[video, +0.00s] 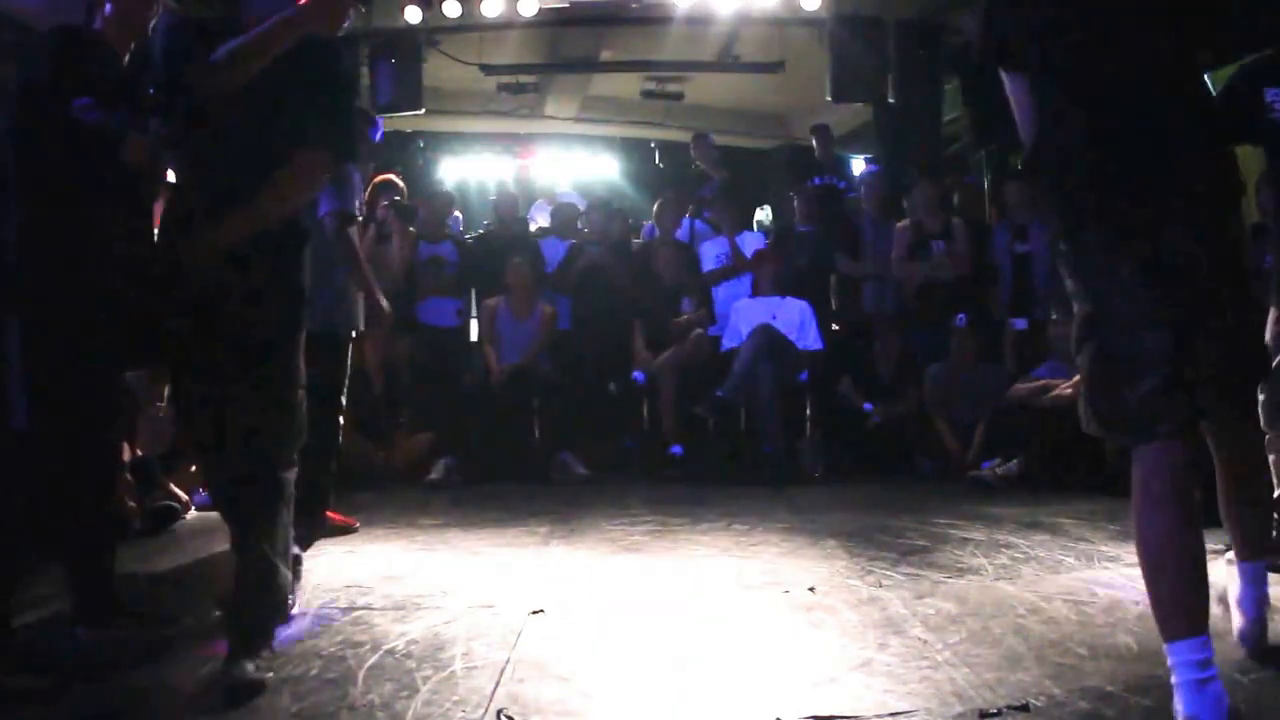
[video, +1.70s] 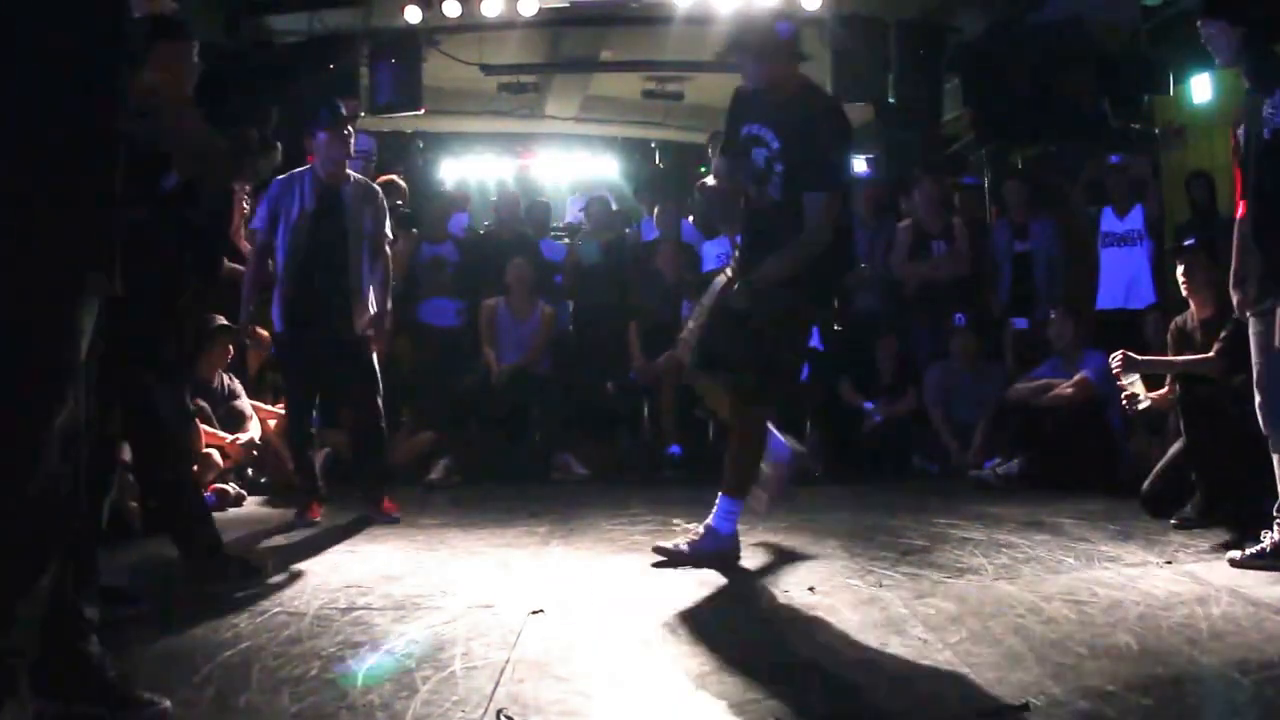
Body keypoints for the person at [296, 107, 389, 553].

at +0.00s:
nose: (373, 141)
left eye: (372, 133)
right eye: (369, 133)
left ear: (346, 135)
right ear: (353, 134)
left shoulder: (336, 172)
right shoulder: (340, 172)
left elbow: (342, 234)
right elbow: (341, 232)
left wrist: (371, 203)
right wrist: (374, 291)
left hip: (328, 304)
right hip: (328, 305)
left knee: (326, 408)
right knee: (327, 409)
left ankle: (318, 501)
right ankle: (315, 504)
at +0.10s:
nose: (384, 154)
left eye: (385, 146)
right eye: (380, 145)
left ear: (362, 143)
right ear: (362, 141)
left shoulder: (330, 175)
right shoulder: (345, 174)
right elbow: (353, 234)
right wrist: (395, 286)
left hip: (325, 307)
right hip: (336, 310)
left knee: (328, 409)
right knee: (329, 411)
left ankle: (324, 497)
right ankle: (316, 504)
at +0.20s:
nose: (386, 157)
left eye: (386, 148)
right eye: (383, 148)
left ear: (346, 145)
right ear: (367, 144)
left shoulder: (316, 175)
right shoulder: (355, 176)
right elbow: (358, 236)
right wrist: (406, 290)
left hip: (319, 309)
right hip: (345, 313)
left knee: (332, 415)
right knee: (333, 418)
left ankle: (318, 503)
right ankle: (311, 509)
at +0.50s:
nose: (415, 166)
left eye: (417, 157)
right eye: (411, 156)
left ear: (383, 151)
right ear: (388, 150)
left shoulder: (359, 186)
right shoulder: (372, 185)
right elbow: (368, 232)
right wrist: (376, 284)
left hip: (358, 315)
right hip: (366, 316)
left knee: (372, 406)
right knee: (373, 406)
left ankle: (379, 483)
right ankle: (346, 484)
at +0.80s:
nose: (421, 161)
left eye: (423, 153)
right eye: (417, 151)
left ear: (405, 152)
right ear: (394, 148)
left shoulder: (390, 194)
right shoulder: (370, 184)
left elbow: (393, 261)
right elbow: (356, 238)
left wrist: (427, 302)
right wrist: (372, 289)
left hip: (380, 318)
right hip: (359, 315)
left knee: (380, 406)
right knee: (367, 406)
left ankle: (378, 488)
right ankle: (358, 494)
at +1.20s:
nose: (411, 154)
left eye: (411, 146)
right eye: (402, 146)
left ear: (402, 152)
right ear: (378, 151)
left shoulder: (407, 205)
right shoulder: (348, 188)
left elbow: (418, 263)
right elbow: (318, 244)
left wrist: (439, 308)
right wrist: (310, 302)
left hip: (383, 327)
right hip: (338, 322)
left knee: (384, 410)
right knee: (325, 412)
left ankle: (380, 487)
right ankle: (312, 497)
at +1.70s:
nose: (345, 147)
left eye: (348, 138)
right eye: (336, 138)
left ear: (353, 142)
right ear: (313, 143)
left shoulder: (369, 195)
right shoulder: (283, 189)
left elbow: (380, 254)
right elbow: (258, 252)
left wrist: (383, 308)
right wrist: (250, 313)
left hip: (350, 322)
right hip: (297, 322)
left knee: (370, 411)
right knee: (299, 416)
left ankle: (376, 491)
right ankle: (309, 497)